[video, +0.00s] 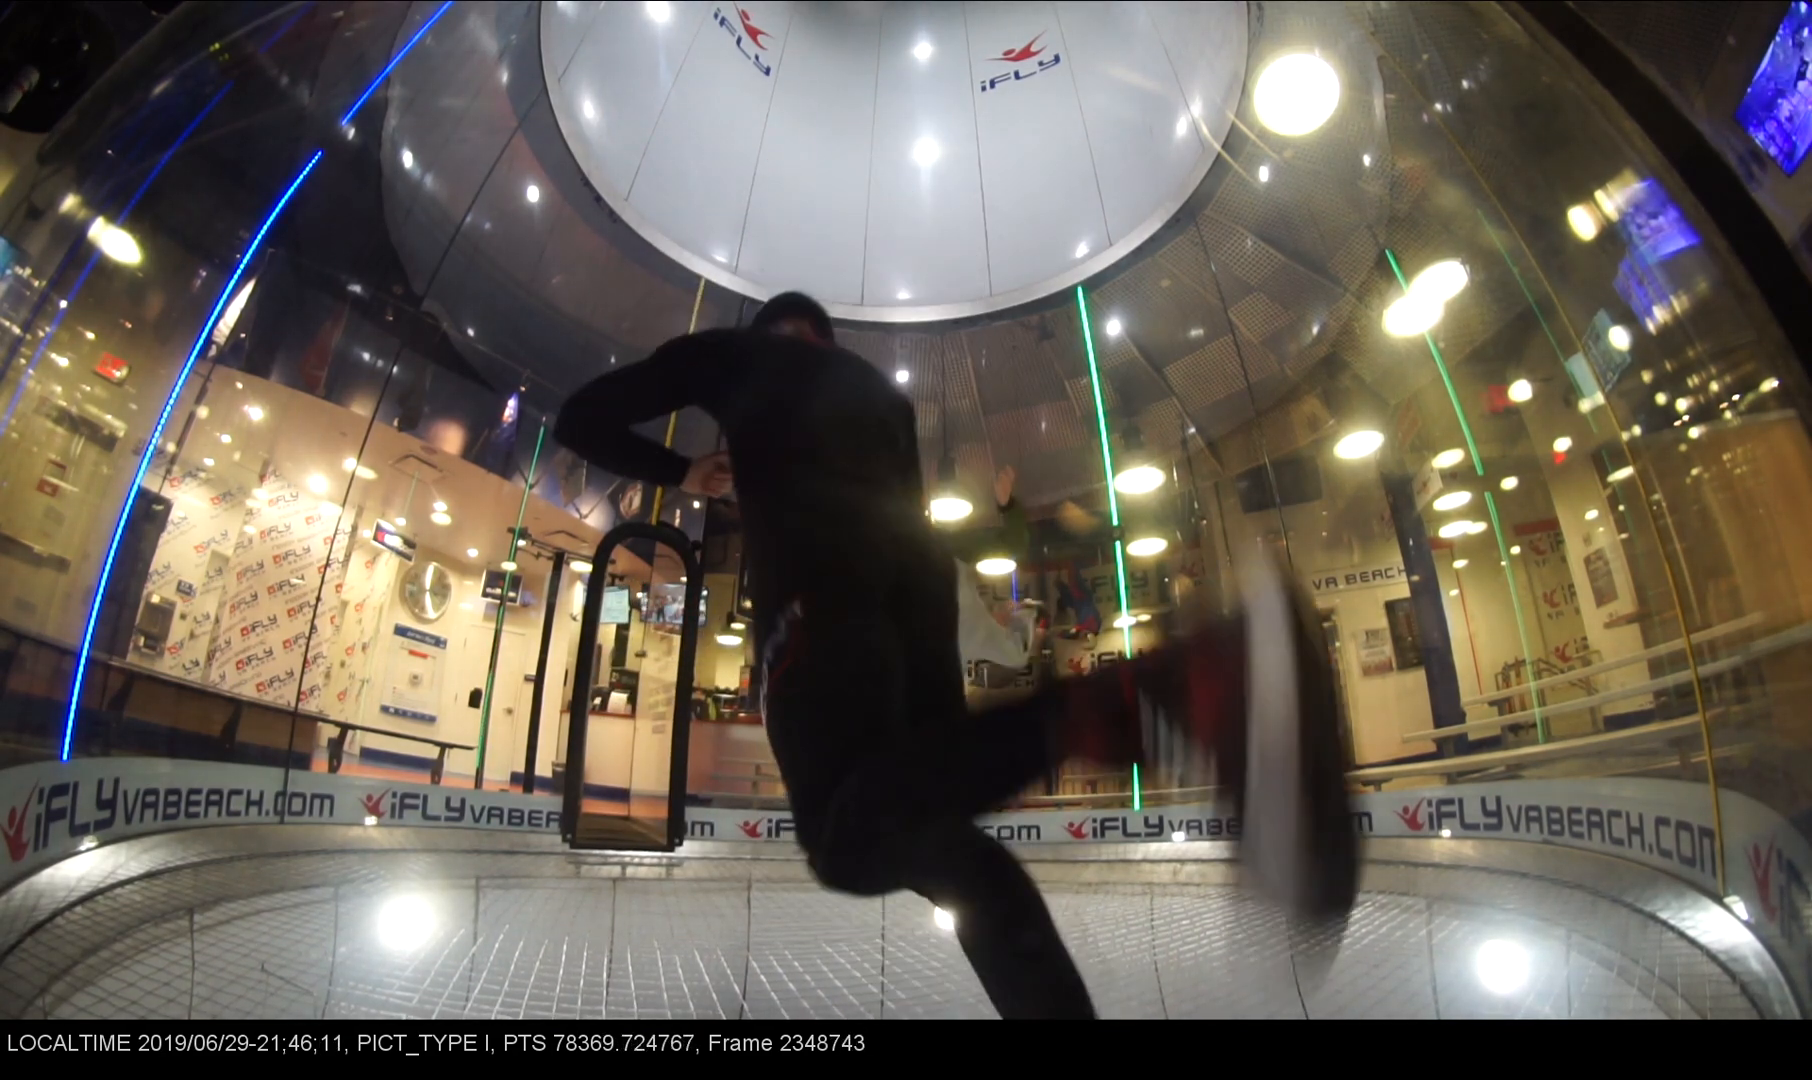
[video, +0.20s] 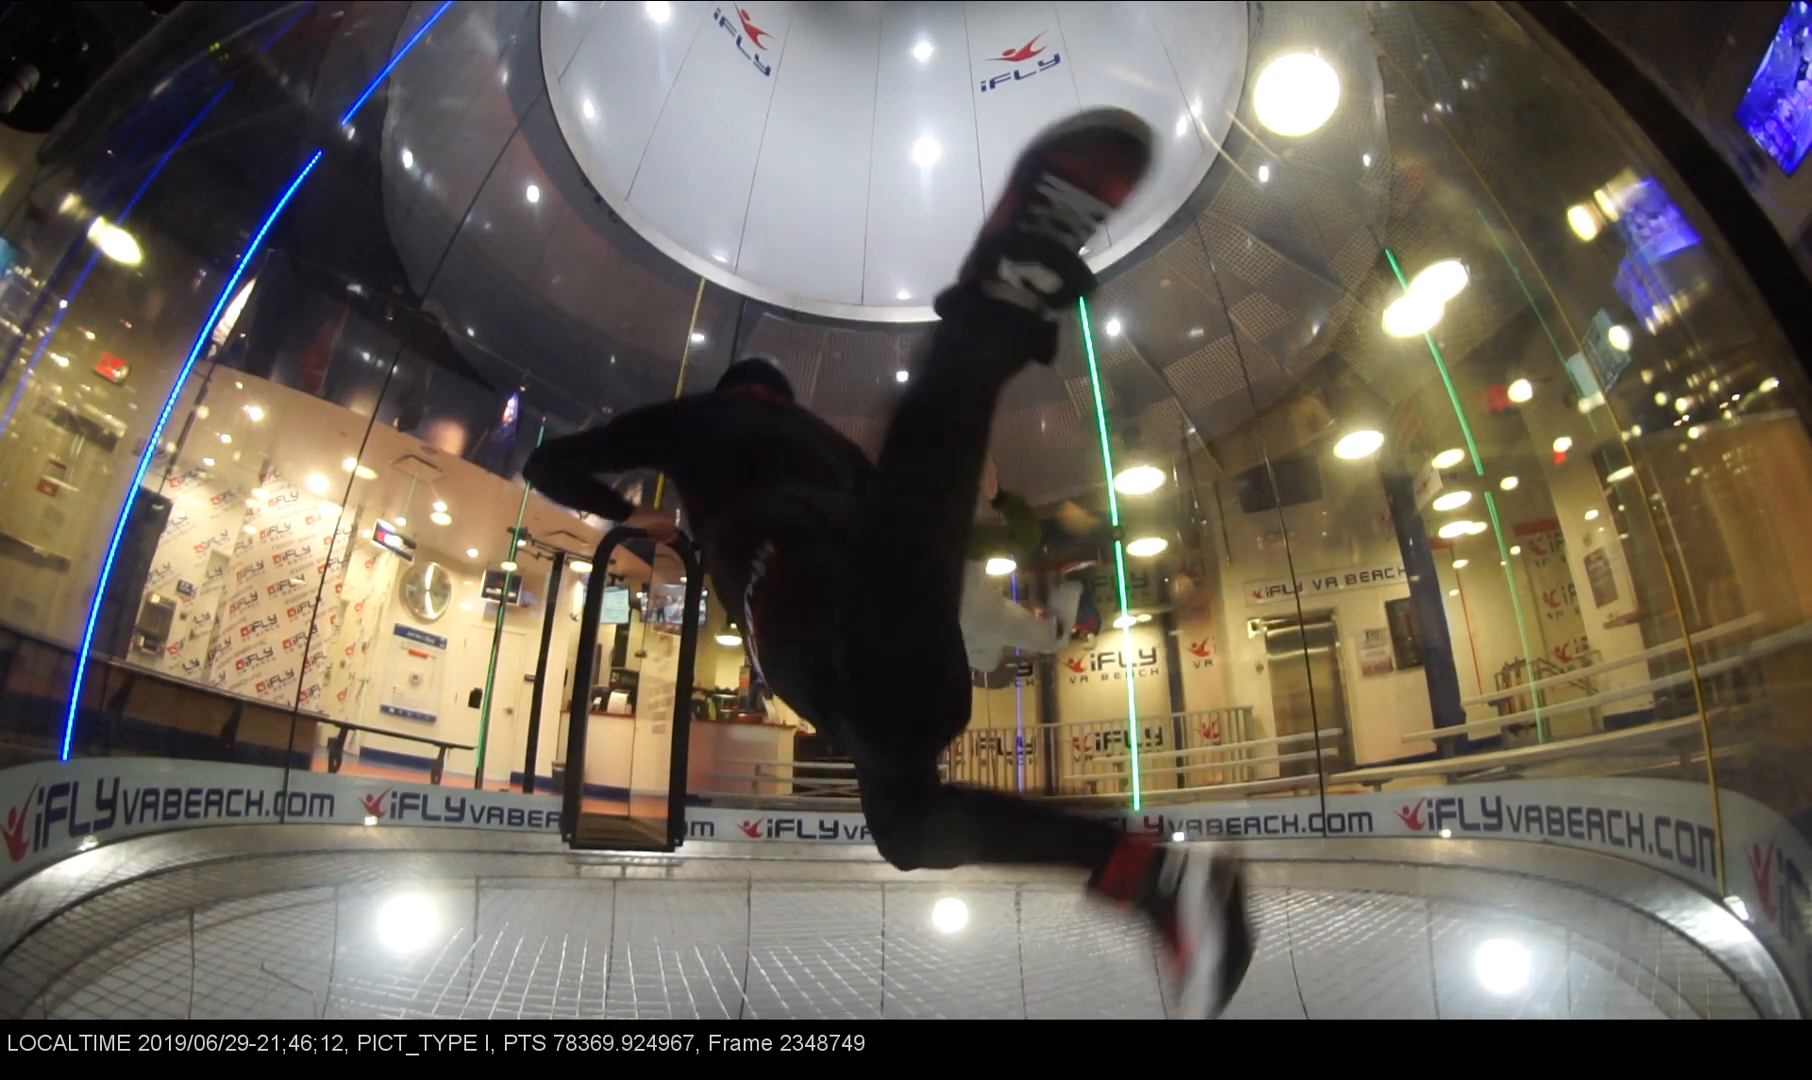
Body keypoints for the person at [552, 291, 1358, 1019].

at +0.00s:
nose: (772, 347)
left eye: (770, 335)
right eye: (785, 338)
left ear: (771, 328)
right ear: (828, 334)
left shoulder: (748, 351)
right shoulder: (882, 396)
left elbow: (583, 420)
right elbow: (906, 532)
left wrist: (676, 467)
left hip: (824, 605)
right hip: (913, 599)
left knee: (846, 844)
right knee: (966, 860)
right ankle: (1057, 1011)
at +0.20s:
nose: (767, 398)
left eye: (751, 393)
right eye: (769, 393)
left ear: (730, 389)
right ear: (786, 398)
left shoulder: (702, 416)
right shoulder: (836, 454)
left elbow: (552, 464)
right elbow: (911, 525)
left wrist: (620, 523)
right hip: (895, 683)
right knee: (908, 825)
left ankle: (1001, 296)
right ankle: (1156, 872)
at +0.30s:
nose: (769, 436)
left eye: (751, 430)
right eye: (766, 431)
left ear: (712, 437)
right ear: (770, 437)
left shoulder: (692, 463)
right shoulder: (801, 492)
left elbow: (541, 491)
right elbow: (887, 523)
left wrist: (603, 539)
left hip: (824, 595)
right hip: (872, 669)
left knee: (899, 448)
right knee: (977, 824)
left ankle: (974, 271)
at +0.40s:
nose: (773, 473)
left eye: (754, 470)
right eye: (768, 470)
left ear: (704, 480)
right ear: (773, 480)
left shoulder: (690, 509)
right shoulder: (805, 523)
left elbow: (570, 521)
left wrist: (544, 530)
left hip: (818, 641)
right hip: (902, 645)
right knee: (1085, 752)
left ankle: (946, 287)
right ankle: (1148, 495)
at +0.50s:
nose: (755, 503)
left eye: (741, 500)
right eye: (752, 502)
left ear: (710, 521)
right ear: (770, 515)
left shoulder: (700, 550)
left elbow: (623, 550)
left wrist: (547, 565)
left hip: (827, 648)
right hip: (916, 651)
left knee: (876, 438)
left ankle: (927, 291)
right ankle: (1112, 396)